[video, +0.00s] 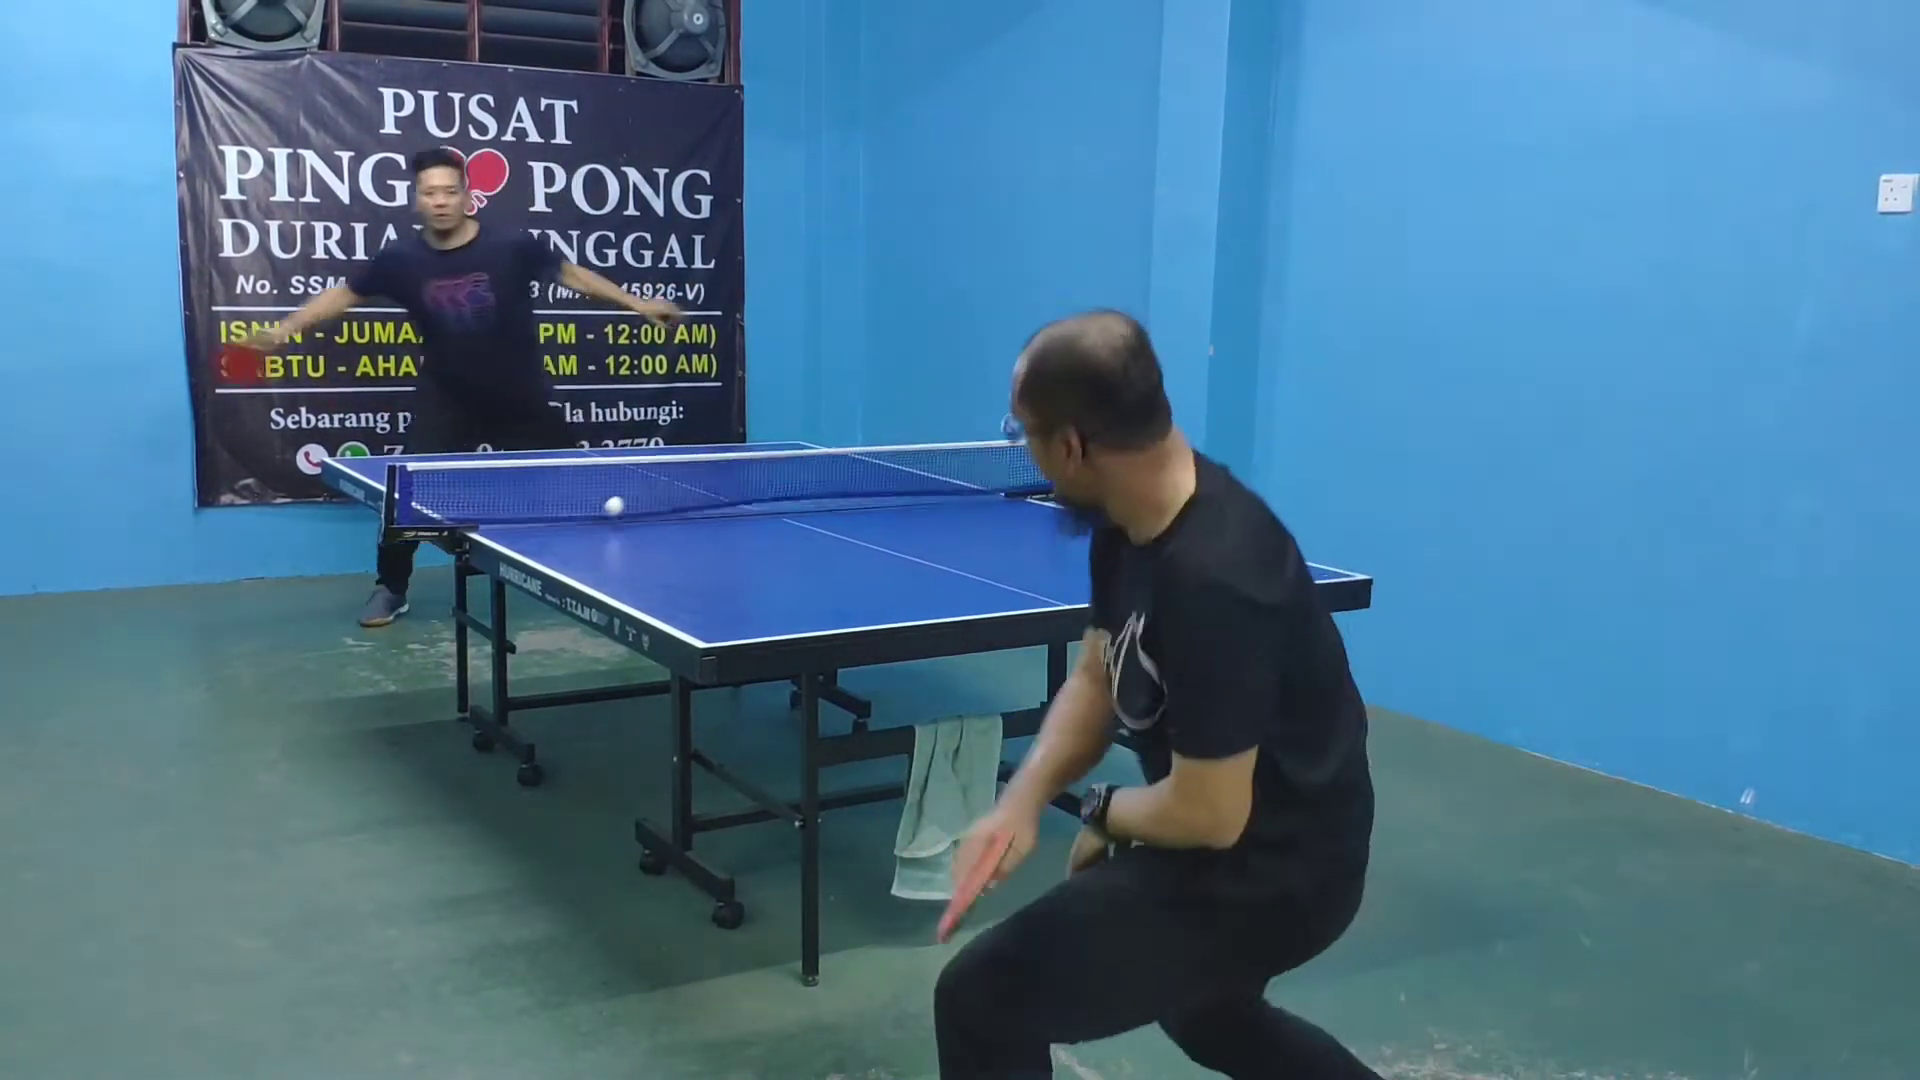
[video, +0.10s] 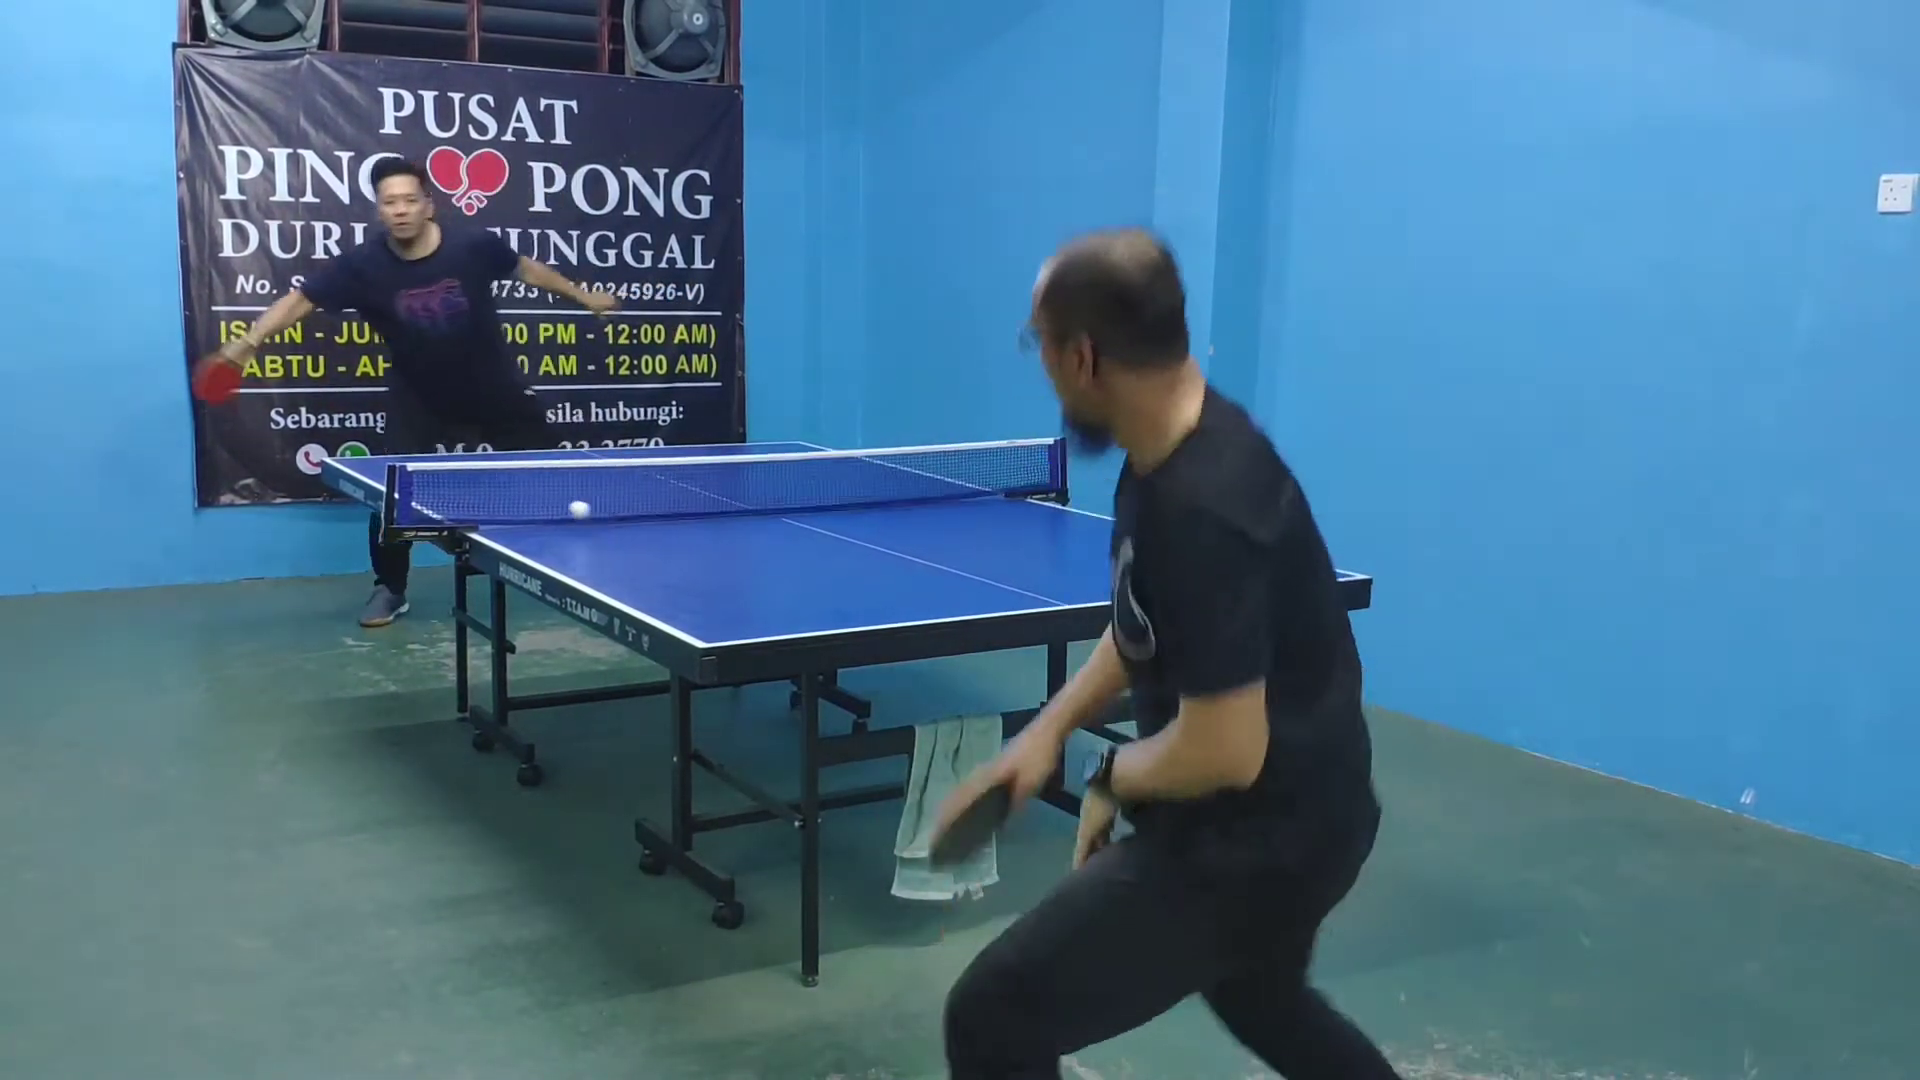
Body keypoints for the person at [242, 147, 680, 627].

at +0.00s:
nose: (439, 202)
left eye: (448, 193)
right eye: (429, 194)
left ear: (469, 197)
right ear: (417, 203)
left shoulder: (512, 245)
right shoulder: (400, 263)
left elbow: (576, 276)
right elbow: (342, 297)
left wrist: (639, 304)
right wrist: (286, 330)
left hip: (519, 397)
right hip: (447, 402)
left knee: (577, 482)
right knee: (410, 488)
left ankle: (611, 580)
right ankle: (390, 587)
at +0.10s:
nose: (400, 210)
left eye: (409, 200)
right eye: (390, 202)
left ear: (429, 204)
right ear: (377, 210)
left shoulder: (473, 248)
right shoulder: (364, 267)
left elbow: (526, 269)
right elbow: (301, 299)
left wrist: (582, 293)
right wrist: (249, 339)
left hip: (493, 389)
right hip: (418, 399)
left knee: (553, 467)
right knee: (393, 485)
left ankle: (582, 570)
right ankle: (390, 587)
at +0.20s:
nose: (375, 207)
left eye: (384, 196)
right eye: (364, 198)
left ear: (403, 196)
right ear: (352, 205)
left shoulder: (445, 236)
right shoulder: (340, 261)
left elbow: (500, 267)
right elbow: (290, 318)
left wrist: (554, 302)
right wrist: (298, 368)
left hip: (462, 375)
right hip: (391, 386)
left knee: (508, 462)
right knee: (381, 479)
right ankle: (385, 585)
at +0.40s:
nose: (357, 177)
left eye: (366, 166)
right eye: (347, 168)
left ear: (383, 168)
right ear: (334, 175)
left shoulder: (423, 214)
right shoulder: (317, 237)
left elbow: (471, 258)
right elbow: (292, 306)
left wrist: (508, 311)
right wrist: (333, 350)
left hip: (428, 368)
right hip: (361, 376)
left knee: (441, 465)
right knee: (366, 477)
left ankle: (423, 545)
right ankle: (380, 581)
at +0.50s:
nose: (353, 175)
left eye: (362, 164)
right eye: (343, 166)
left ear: (378, 166)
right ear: (329, 171)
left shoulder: (415, 221)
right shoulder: (308, 233)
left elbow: (455, 267)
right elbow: (281, 303)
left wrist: (463, 317)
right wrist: (321, 346)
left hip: (403, 369)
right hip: (339, 373)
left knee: (395, 466)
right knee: (339, 469)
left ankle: (377, 559)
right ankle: (354, 570)